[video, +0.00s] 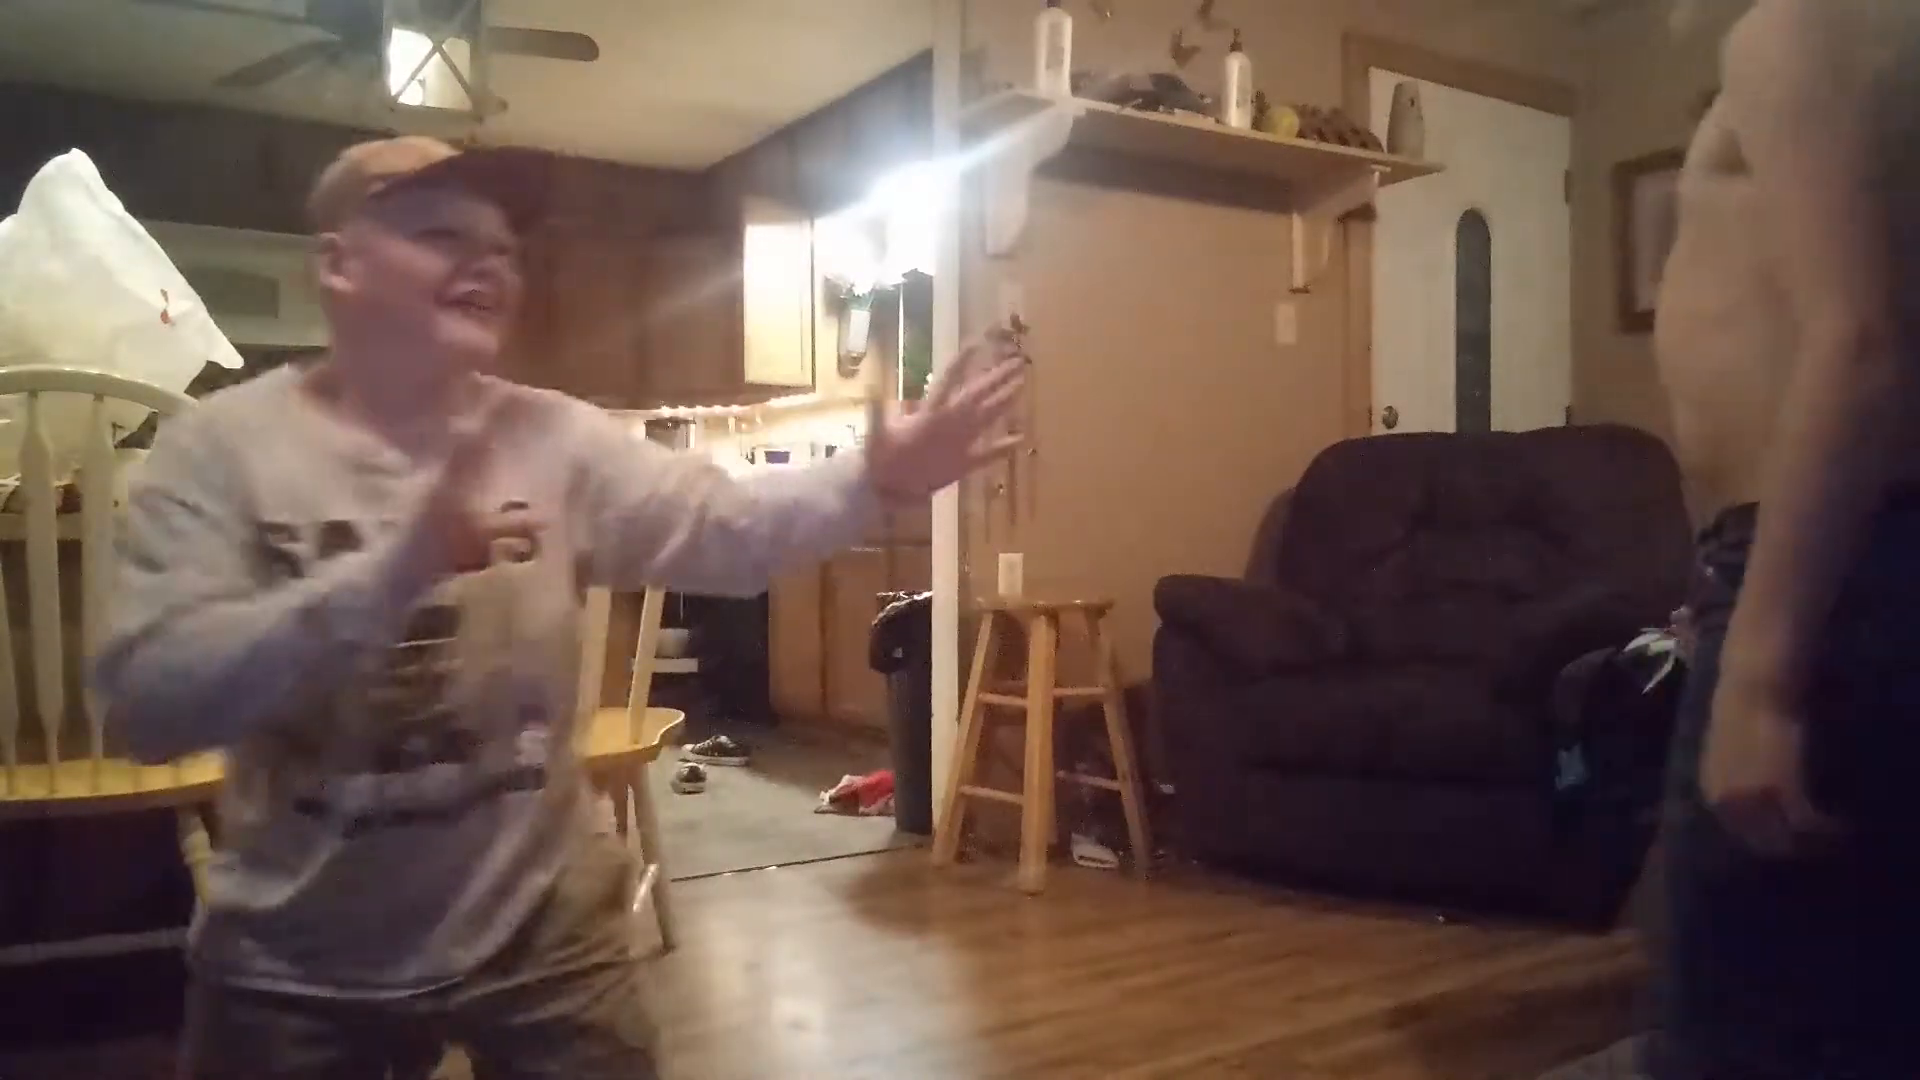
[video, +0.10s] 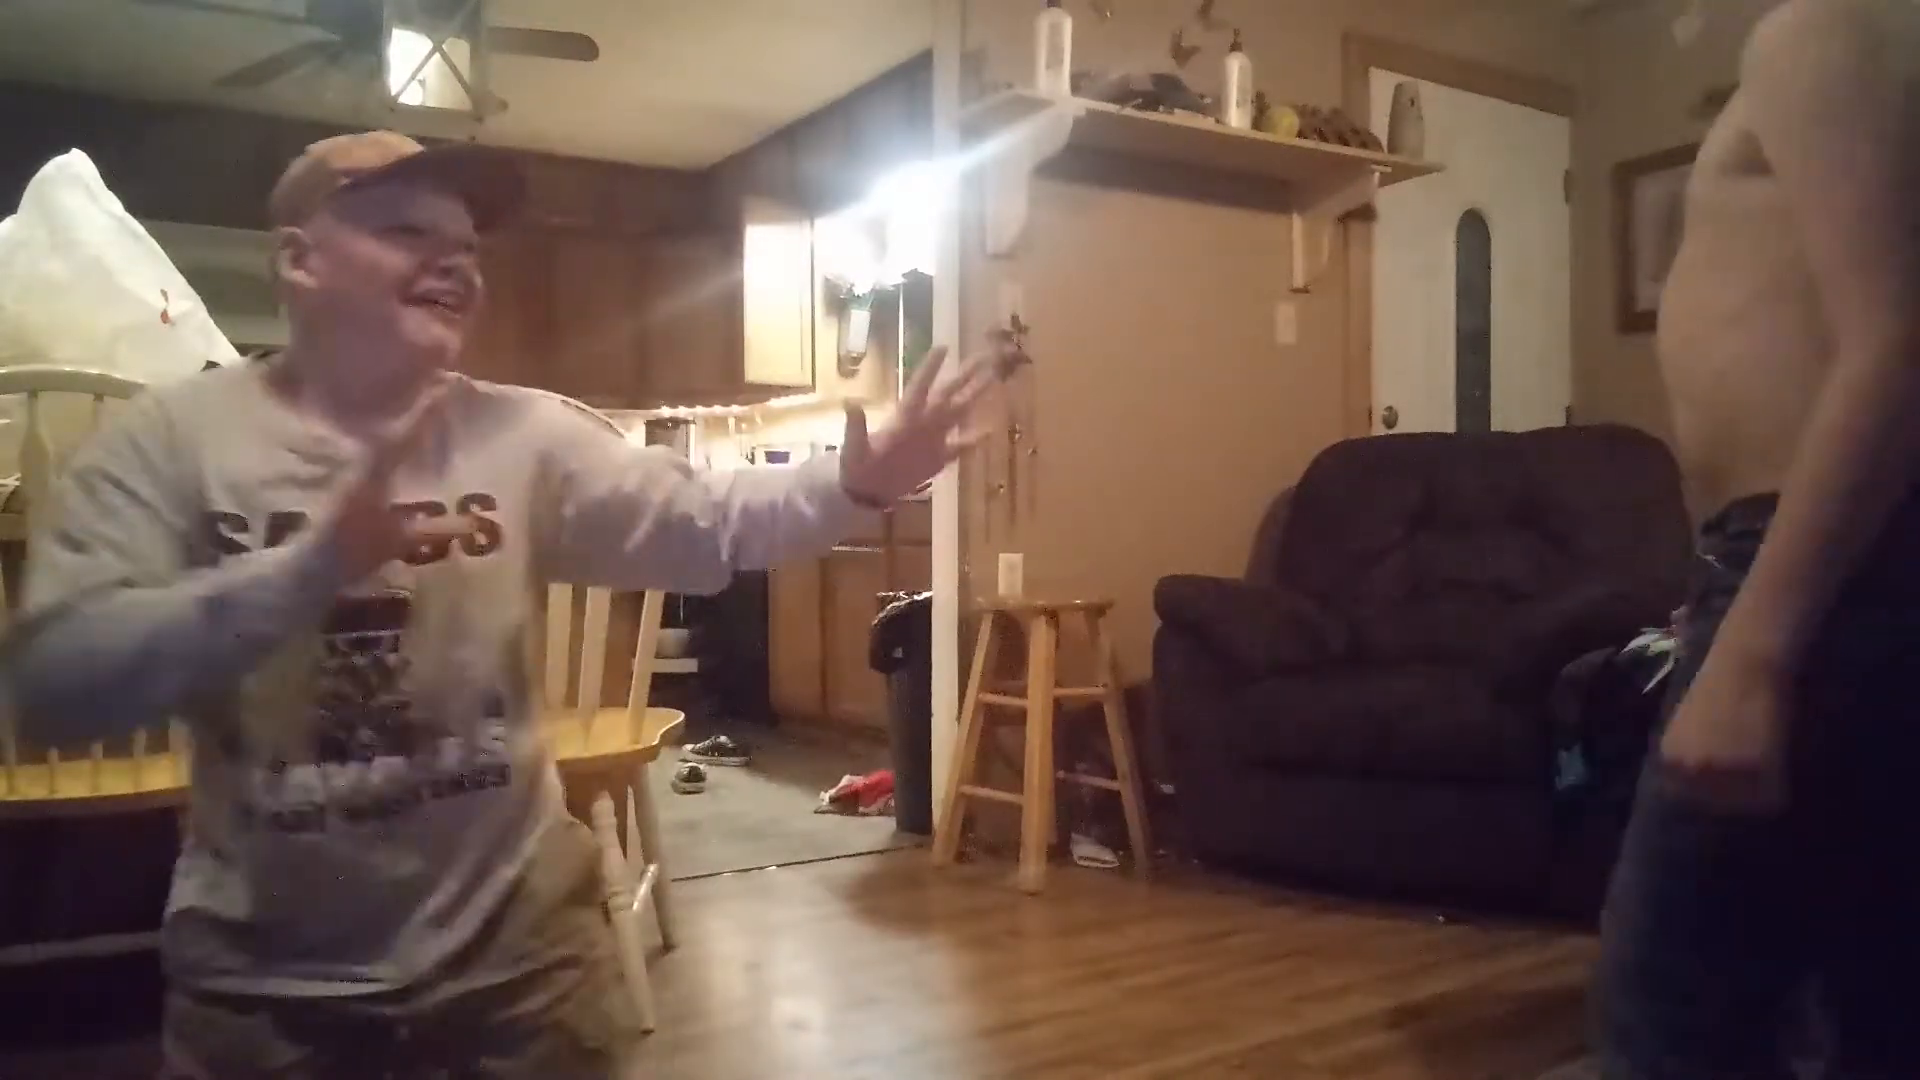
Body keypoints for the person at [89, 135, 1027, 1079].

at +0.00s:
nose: (490, 260)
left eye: (501, 242)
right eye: (441, 232)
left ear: (516, 285)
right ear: (337, 265)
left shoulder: (554, 439)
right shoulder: (214, 452)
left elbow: (717, 521)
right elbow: (144, 697)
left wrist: (869, 483)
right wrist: (395, 578)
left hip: (540, 923)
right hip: (296, 947)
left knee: (610, 1068)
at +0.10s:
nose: (459, 257)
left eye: (468, 243)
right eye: (410, 229)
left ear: (478, 278)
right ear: (298, 256)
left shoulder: (525, 439)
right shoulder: (165, 442)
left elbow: (701, 513)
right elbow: (52, 679)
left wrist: (858, 482)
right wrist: (312, 571)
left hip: (514, 953)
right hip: (264, 975)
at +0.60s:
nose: (527, 323)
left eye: (537, 300)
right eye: (484, 299)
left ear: (549, 317)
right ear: (380, 324)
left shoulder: (585, 476)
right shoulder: (249, 485)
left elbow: (776, 532)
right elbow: (96, 683)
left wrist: (926, 492)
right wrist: (134, 682)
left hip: (528, 917)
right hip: (288, 943)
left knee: (617, 1066)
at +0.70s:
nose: (560, 340)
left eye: (569, 316)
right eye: (518, 315)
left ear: (583, 329)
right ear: (414, 337)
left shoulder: (615, 478)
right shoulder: (287, 490)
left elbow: (811, 534)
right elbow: (156, 681)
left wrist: (960, 491)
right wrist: (159, 664)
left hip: (560, 917)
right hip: (325, 939)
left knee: (661, 1068)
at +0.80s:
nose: (583, 344)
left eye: (596, 324)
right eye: (543, 320)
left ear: (611, 342)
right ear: (448, 347)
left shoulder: (644, 488)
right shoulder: (332, 497)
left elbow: (838, 533)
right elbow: (173, 688)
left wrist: (998, 478)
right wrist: (214, 657)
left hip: (581, 914)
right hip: (359, 927)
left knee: (658, 1064)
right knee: (312, 1070)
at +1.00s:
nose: (598, 370)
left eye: (607, 343)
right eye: (557, 349)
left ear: (621, 351)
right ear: (465, 375)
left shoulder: (660, 498)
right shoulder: (356, 527)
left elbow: (844, 539)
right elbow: (192, 747)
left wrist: (1016, 476)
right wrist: (318, 675)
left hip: (604, 919)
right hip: (393, 932)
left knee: (676, 1066)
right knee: (364, 1067)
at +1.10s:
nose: (608, 389)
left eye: (615, 363)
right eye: (567, 371)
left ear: (626, 370)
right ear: (468, 402)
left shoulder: (663, 507)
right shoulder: (375, 538)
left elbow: (849, 548)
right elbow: (246, 764)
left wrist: (997, 486)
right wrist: (432, 665)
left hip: (616, 916)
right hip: (409, 925)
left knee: (670, 1069)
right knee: (408, 1066)